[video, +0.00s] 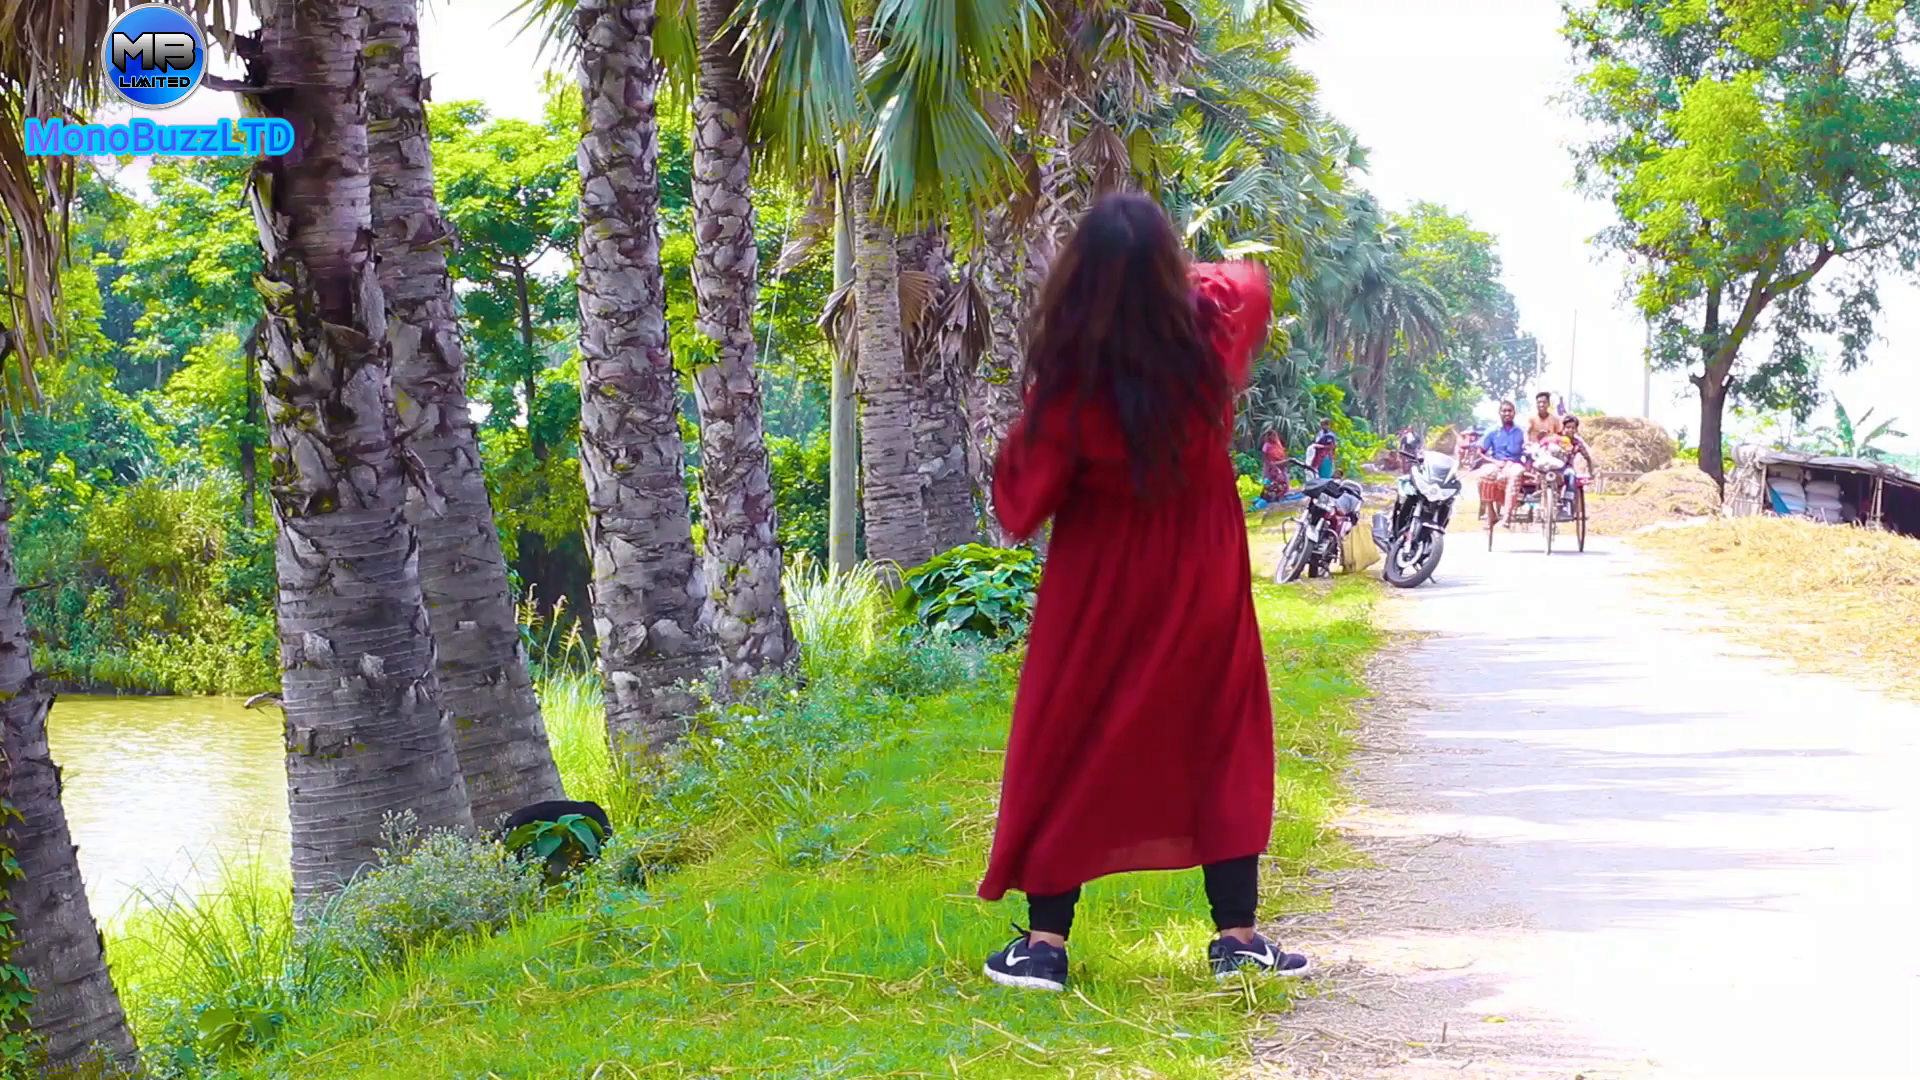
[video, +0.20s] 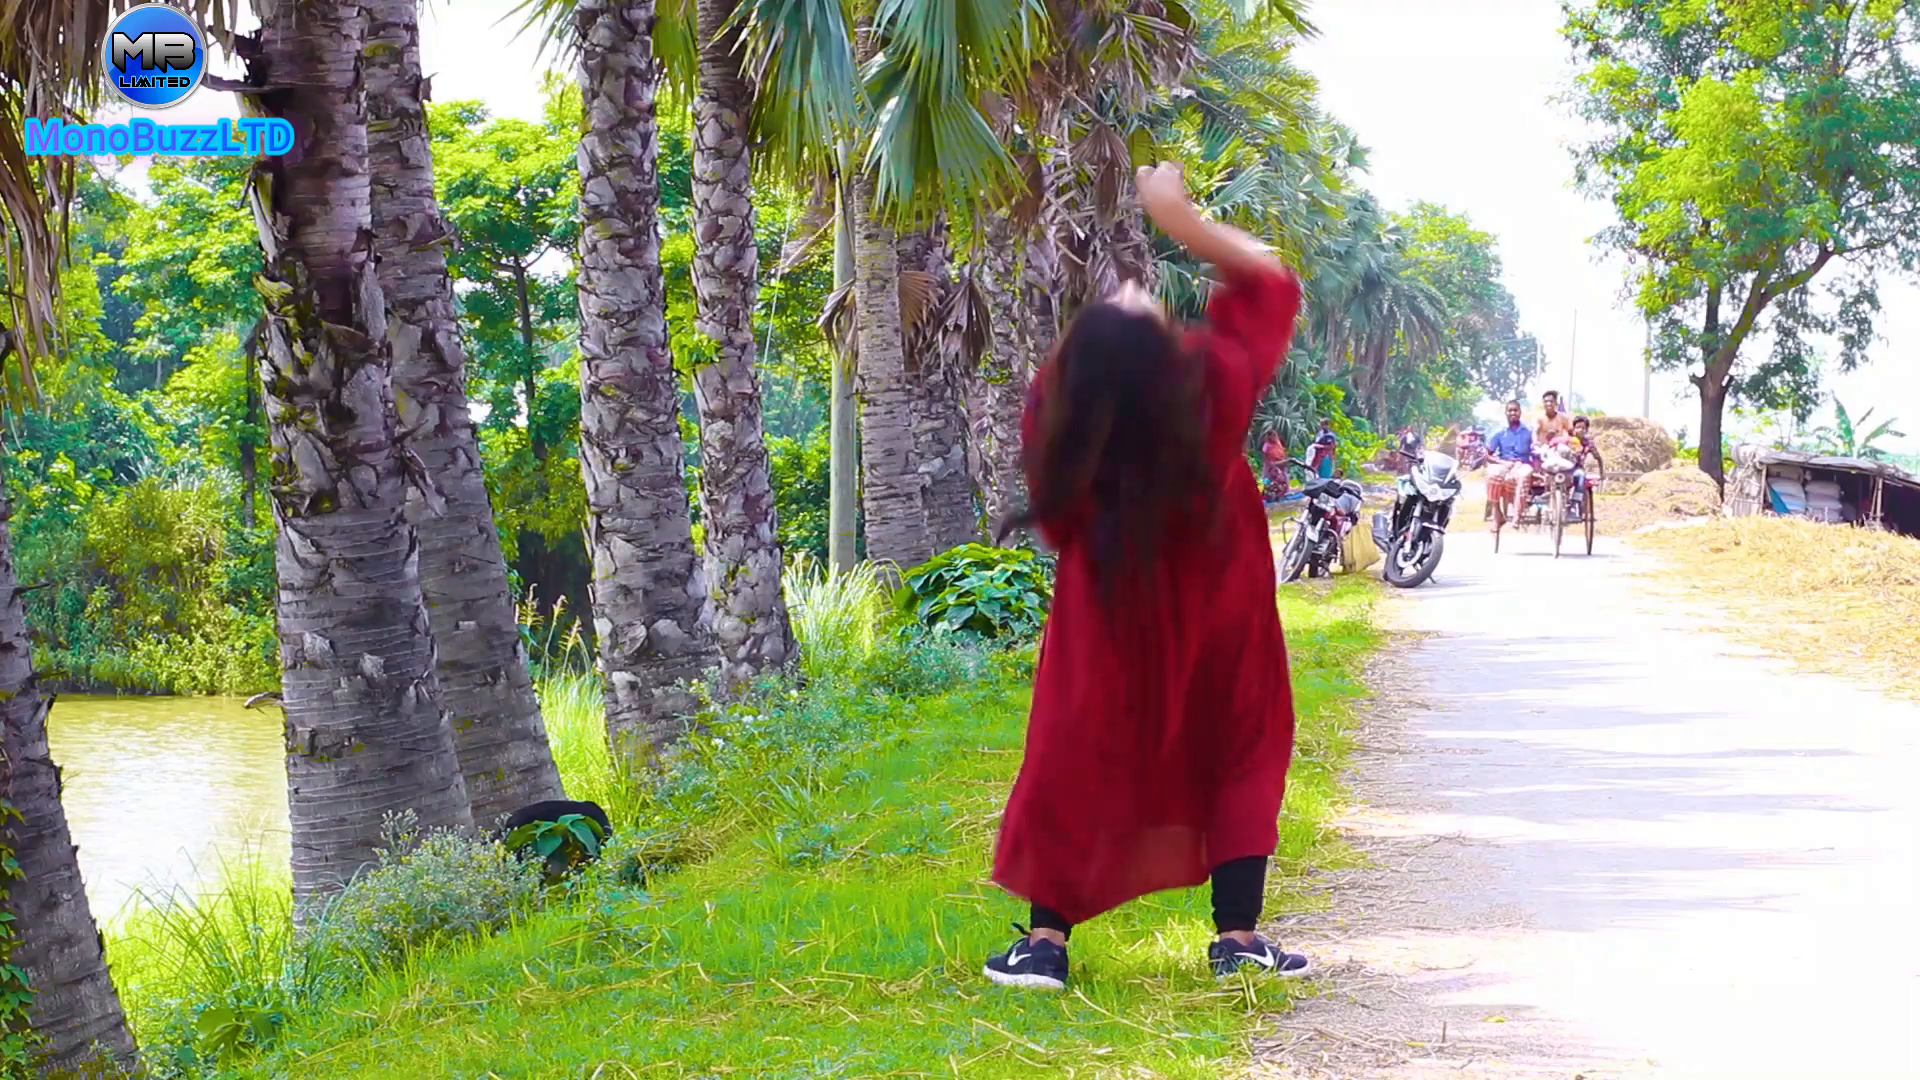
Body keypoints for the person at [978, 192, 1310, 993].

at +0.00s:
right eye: (1177, 257)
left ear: (1078, 279)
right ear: (1169, 273)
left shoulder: (1069, 378)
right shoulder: (1207, 326)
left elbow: (1017, 502)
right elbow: (1251, 279)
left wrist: (1035, 420)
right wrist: (1177, 273)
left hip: (1100, 588)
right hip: (1204, 583)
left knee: (1066, 745)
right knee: (1228, 744)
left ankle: (1045, 943)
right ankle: (1238, 936)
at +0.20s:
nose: (1134, 290)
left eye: (1125, 290)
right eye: (1140, 296)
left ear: (1084, 356)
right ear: (1164, 341)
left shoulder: (1057, 396)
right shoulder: (1210, 378)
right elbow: (1268, 280)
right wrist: (1182, 218)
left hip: (1104, 587)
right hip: (1218, 584)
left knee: (1073, 751)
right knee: (1246, 745)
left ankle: (1045, 939)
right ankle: (1238, 934)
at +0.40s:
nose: (1114, 376)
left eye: (1099, 393)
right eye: (1128, 405)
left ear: (1063, 418)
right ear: (1145, 462)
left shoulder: (1045, 389)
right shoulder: (1195, 497)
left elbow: (1037, 310)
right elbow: (1277, 495)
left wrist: (1143, 350)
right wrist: (1278, 397)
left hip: (1077, 618)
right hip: (1201, 614)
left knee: (1059, 760)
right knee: (1260, 753)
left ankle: (1046, 941)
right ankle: (1240, 937)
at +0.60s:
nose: (1101, 463)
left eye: (1090, 480)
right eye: (1137, 484)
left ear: (1065, 495)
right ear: (1155, 505)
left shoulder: (1036, 480)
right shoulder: (1216, 465)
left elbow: (985, 384)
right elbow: (1287, 485)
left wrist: (1053, 369)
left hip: (1084, 607)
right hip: (1207, 600)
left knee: (1050, 755)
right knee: (1252, 755)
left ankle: (1044, 941)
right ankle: (1238, 935)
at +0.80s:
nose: (1112, 500)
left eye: (1095, 524)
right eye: (1130, 520)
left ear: (1073, 545)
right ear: (1166, 534)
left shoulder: (1050, 528)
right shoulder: (1211, 460)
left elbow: (1000, 502)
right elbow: (1287, 355)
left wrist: (1048, 428)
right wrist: (1215, 345)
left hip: (1094, 630)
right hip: (1228, 624)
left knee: (1045, 768)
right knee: (1262, 762)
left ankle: (1042, 945)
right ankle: (1239, 937)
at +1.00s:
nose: (1093, 525)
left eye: (1075, 546)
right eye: (1109, 546)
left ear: (1060, 559)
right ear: (1154, 562)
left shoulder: (1046, 525)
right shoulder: (1204, 513)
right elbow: (1274, 478)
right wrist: (1173, 457)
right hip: (1236, 639)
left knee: (1063, 775)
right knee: (1278, 768)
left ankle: (1044, 941)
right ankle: (1242, 937)